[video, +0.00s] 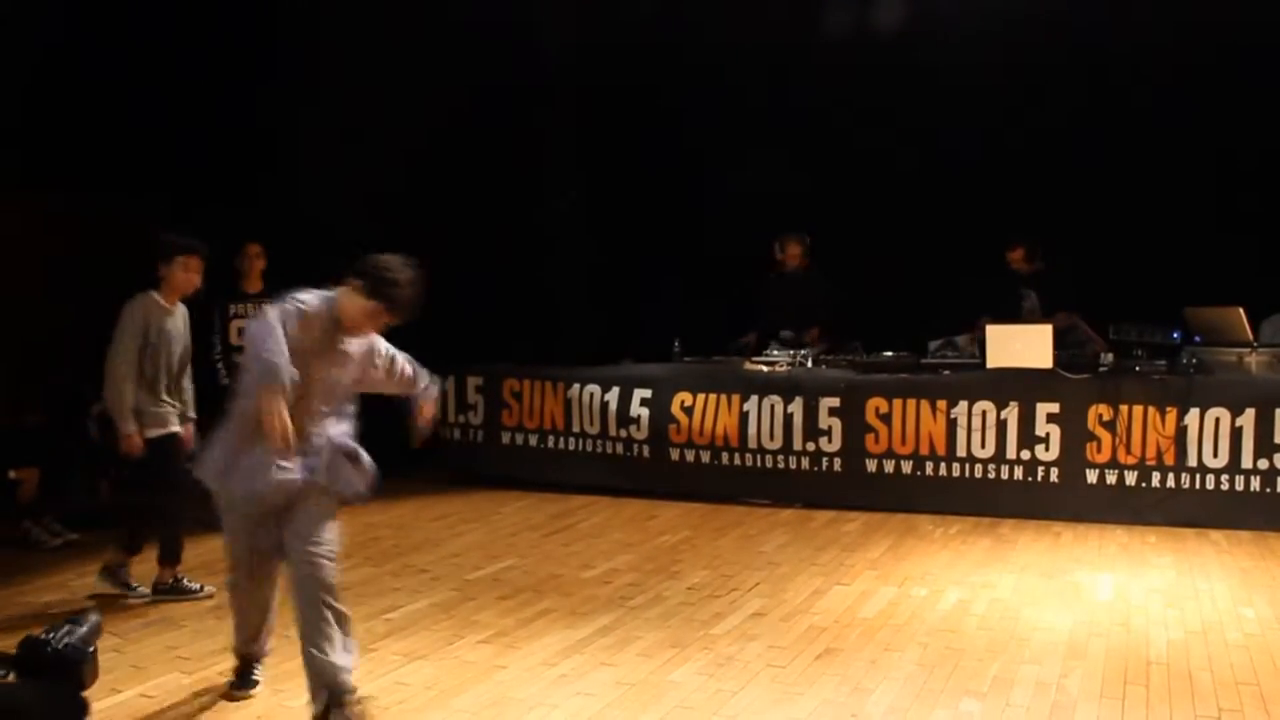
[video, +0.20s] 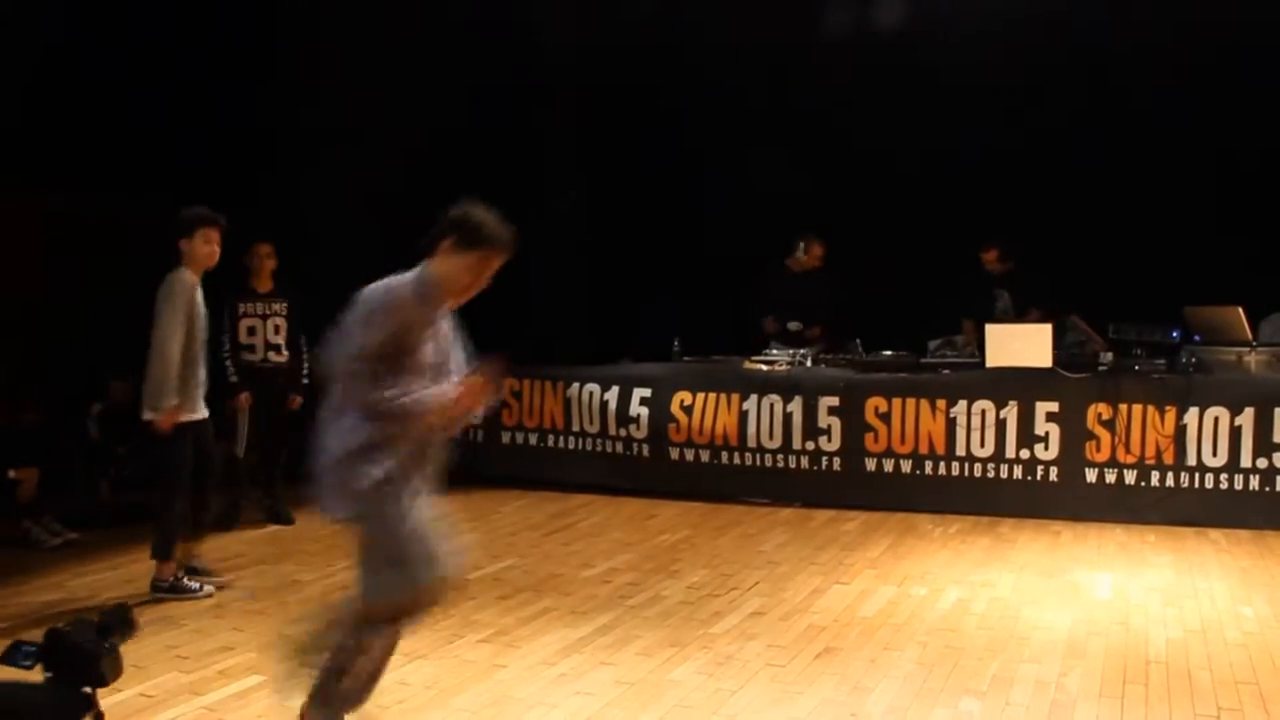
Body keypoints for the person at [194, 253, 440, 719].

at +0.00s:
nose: (375, 328)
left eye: (384, 323)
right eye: (376, 315)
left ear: (385, 318)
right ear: (356, 290)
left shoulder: (363, 347)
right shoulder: (298, 310)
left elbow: (407, 373)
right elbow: (263, 332)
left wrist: (427, 392)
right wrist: (273, 394)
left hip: (312, 474)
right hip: (250, 472)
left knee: (318, 578)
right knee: (250, 577)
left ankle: (334, 695)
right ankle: (248, 656)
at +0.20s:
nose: (481, 282)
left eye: (489, 273)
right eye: (479, 267)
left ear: (485, 271)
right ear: (449, 250)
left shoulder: (442, 316)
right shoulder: (388, 302)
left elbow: (435, 403)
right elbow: (356, 392)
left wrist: (468, 399)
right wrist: (439, 400)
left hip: (408, 469)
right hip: (368, 468)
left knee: (391, 592)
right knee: (423, 577)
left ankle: (326, 707)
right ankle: (323, 639)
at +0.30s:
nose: (527, 261)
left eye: (532, 249)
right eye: (524, 245)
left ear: (494, 236)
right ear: (486, 229)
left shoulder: (476, 296)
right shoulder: (442, 286)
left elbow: (498, 371)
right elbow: (439, 374)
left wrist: (548, 393)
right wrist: (532, 386)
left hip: (455, 467)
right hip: (431, 467)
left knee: (445, 592)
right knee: (527, 566)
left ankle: (372, 688)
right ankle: (507, 695)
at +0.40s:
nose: (573, 270)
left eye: (578, 257)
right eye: (568, 254)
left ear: (532, 246)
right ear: (534, 244)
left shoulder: (482, 298)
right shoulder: (507, 304)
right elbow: (558, 402)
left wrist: (586, 469)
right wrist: (607, 480)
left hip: (472, 503)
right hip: (504, 507)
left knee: (483, 654)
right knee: (583, 644)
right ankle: (641, 713)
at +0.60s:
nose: (725, 269)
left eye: (727, 256)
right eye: (720, 254)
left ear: (675, 244)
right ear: (690, 246)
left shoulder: (612, 304)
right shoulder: (669, 296)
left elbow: (567, 402)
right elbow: (655, 384)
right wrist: (740, 408)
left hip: (583, 521)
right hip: (633, 522)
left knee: (595, 635)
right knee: (690, 641)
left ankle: (499, 705)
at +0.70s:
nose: (786, 264)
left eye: (790, 249)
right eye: (783, 247)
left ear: (734, 233)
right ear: (756, 237)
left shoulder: (672, 293)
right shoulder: (720, 282)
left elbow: (622, 371)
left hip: (664, 500)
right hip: (702, 502)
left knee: (711, 631)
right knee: (763, 629)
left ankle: (693, 708)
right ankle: (701, 705)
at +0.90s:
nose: (901, 289)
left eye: (903, 274)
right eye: (903, 274)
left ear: (835, 258)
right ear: (889, 270)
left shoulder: (782, 321)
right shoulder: (835, 328)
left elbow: (737, 396)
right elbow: (864, 436)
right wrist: (924, 499)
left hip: (781, 553)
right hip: (843, 554)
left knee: (800, 697)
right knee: (934, 697)